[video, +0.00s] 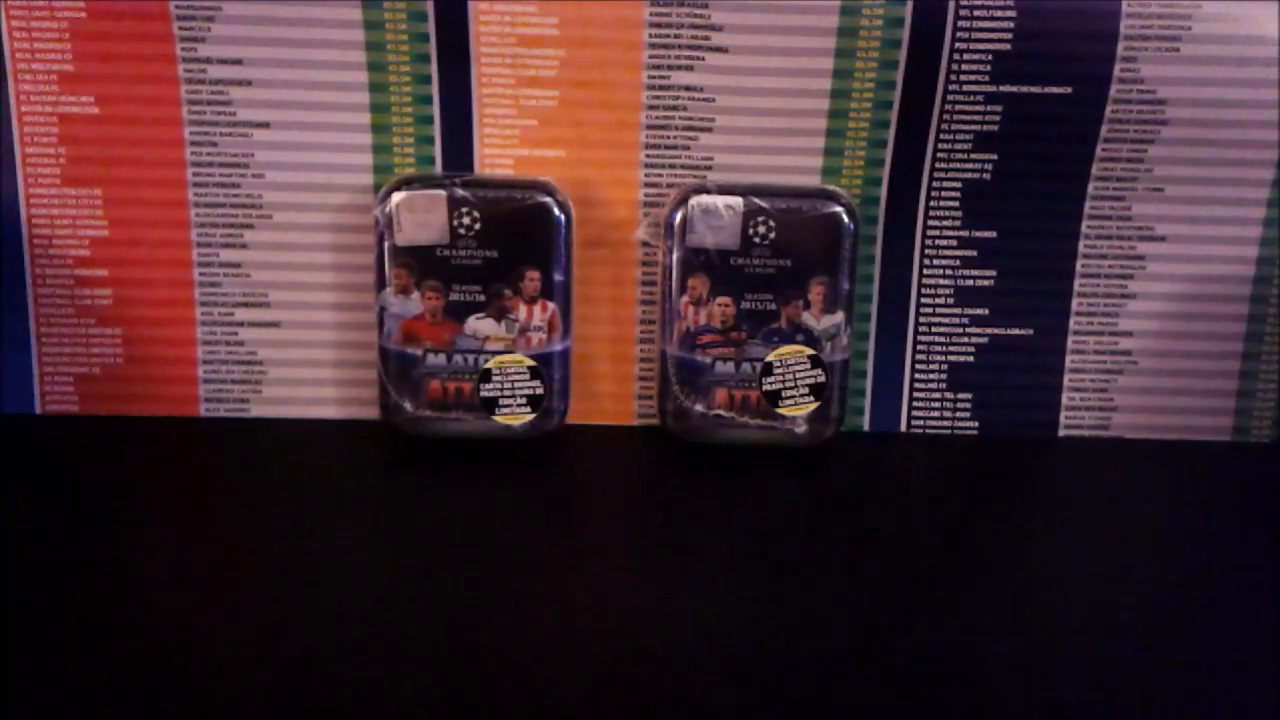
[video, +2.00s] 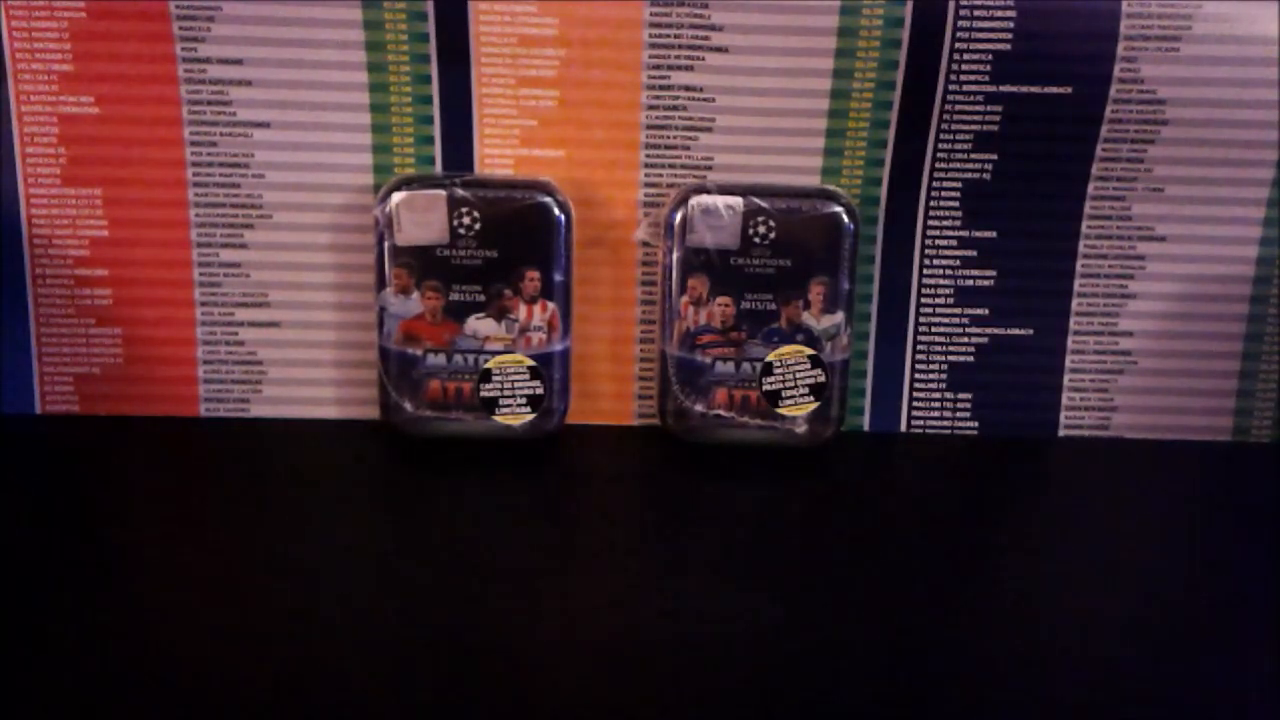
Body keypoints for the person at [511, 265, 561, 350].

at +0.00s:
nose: (536, 285)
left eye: (538, 280)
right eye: (531, 280)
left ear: (541, 283)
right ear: (521, 283)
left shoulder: (551, 308)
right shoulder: (512, 305)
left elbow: (556, 338)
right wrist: (520, 330)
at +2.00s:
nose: (536, 285)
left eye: (538, 280)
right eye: (531, 280)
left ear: (541, 283)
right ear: (521, 284)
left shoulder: (551, 308)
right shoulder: (512, 305)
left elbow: (556, 336)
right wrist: (520, 329)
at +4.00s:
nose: (536, 285)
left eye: (538, 281)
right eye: (531, 280)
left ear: (541, 283)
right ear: (521, 284)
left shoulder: (550, 308)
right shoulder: (512, 305)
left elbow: (556, 335)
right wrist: (520, 328)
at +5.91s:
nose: (536, 285)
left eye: (538, 281)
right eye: (531, 280)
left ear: (541, 283)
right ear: (521, 284)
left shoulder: (551, 308)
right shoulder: (512, 305)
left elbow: (556, 336)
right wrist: (520, 329)